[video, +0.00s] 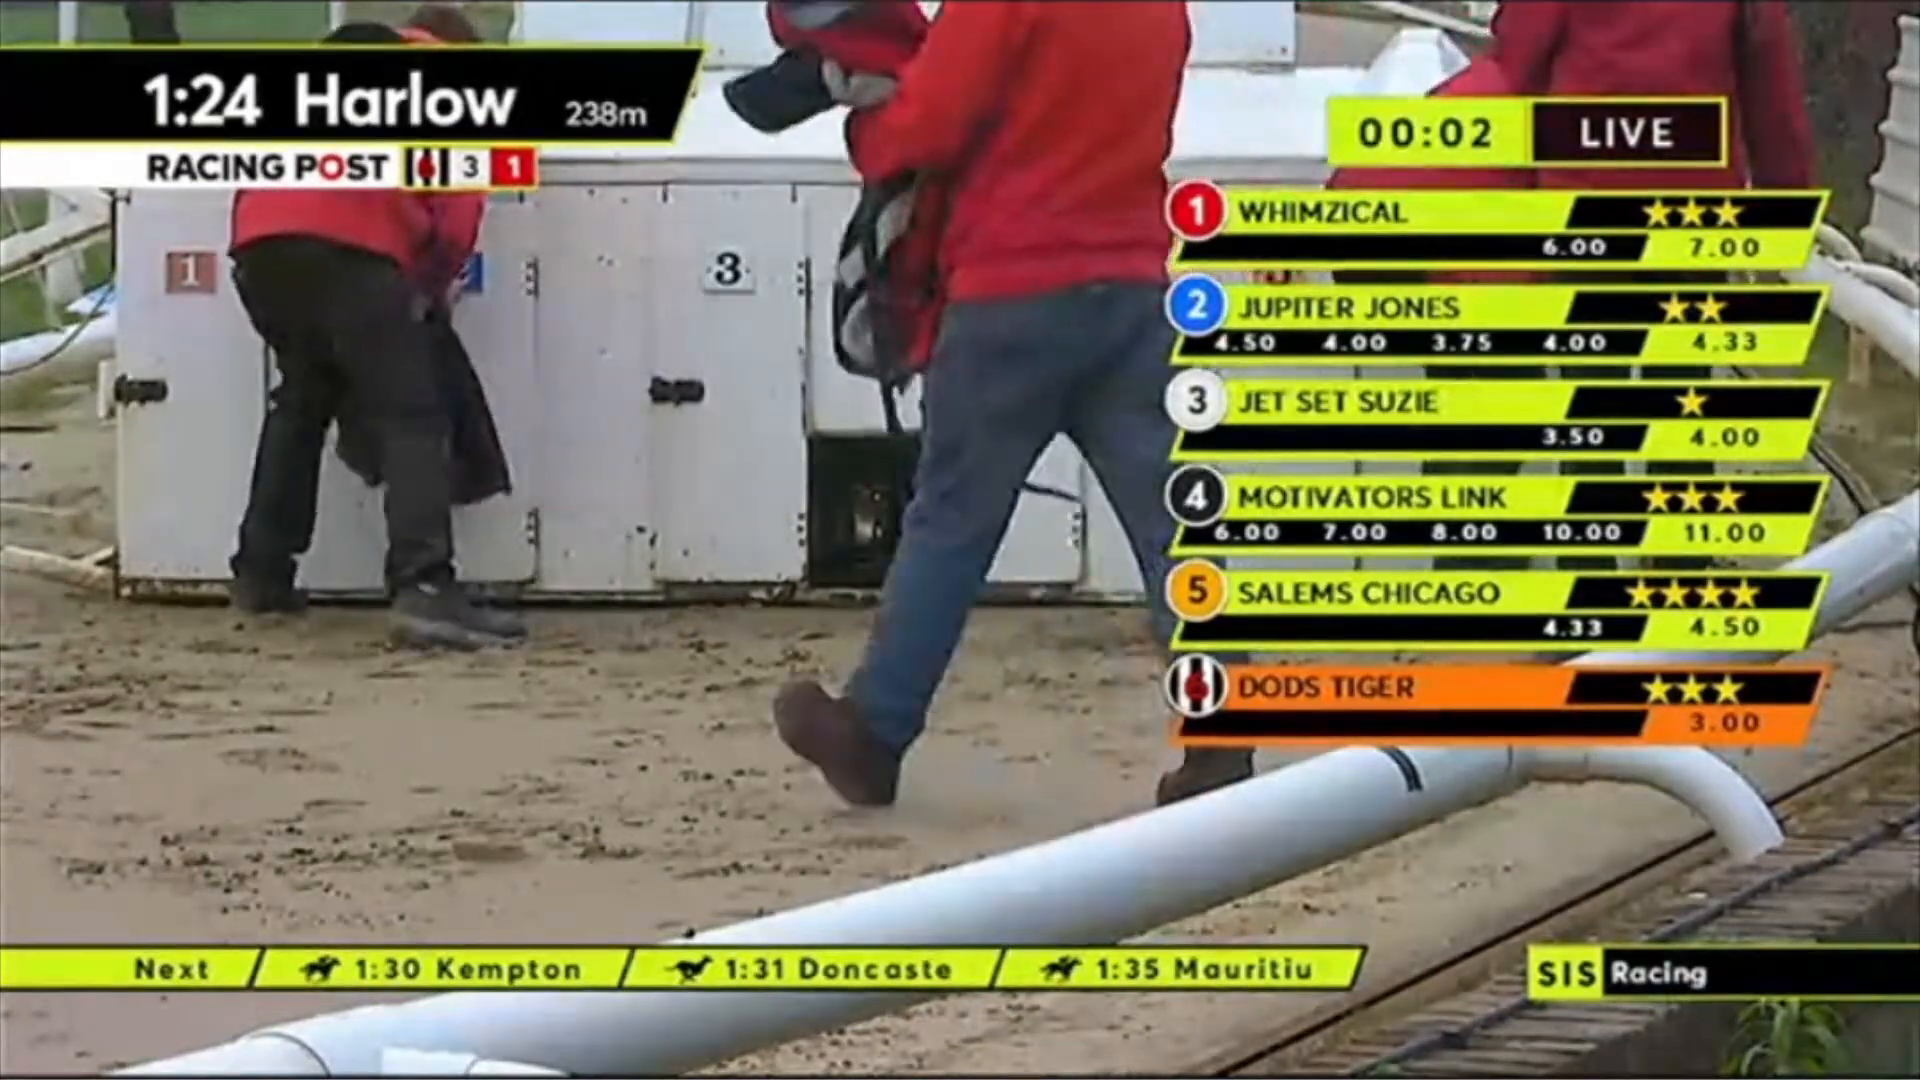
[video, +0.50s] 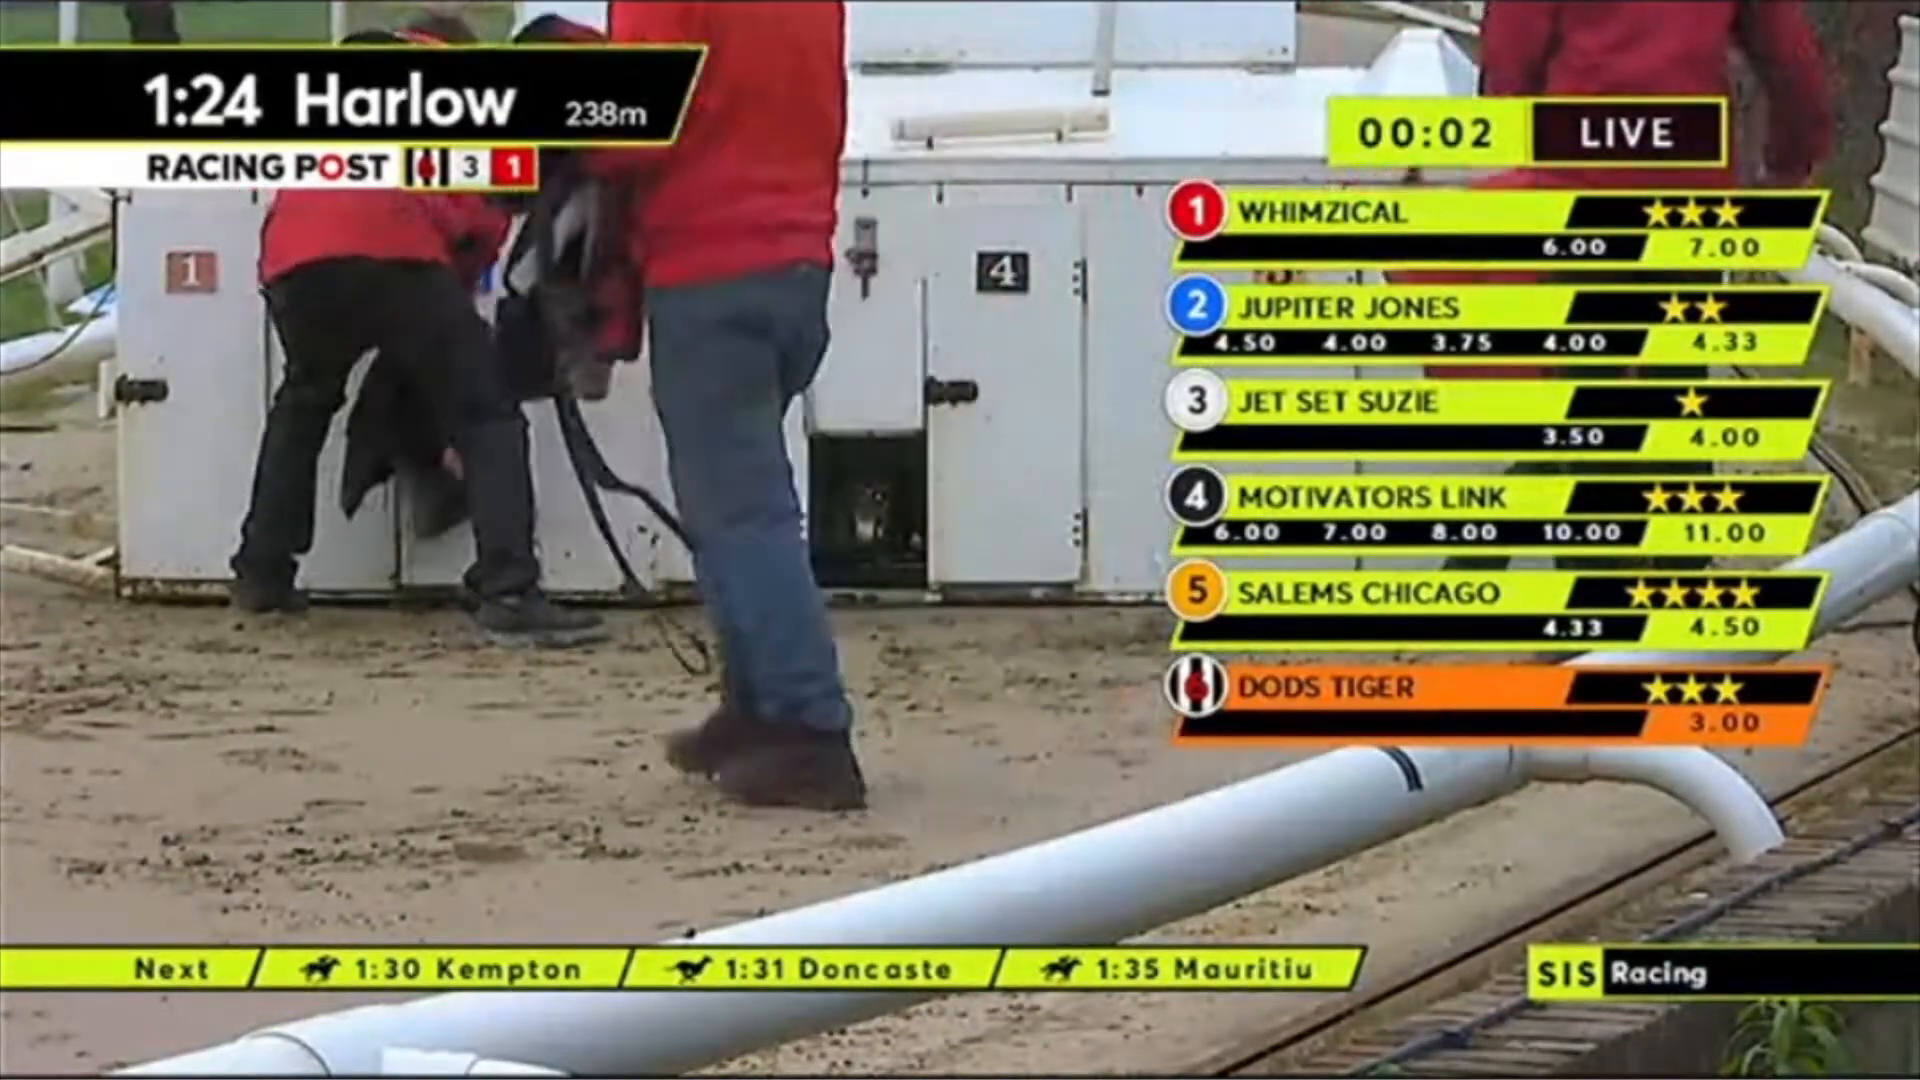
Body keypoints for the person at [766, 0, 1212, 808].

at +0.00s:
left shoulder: (1007, 4)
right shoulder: (1164, 10)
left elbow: (928, 123)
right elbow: (1135, 130)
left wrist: (868, 138)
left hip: (1015, 295)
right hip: (1134, 295)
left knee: (950, 525)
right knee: (1175, 534)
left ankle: (873, 734)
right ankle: (1221, 736)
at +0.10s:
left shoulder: (948, 8)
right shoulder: (1102, 13)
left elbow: (894, 153)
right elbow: (1069, 140)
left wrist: (836, 174)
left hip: (970, 313)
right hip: (1091, 308)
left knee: (904, 532)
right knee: (1142, 535)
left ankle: (841, 741)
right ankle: (1212, 727)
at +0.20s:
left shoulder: (840, 17)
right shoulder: (1000, 17)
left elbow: (829, 174)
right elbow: (977, 154)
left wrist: (770, 211)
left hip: (878, 315)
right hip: (997, 307)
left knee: (822, 528)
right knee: (1035, 512)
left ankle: (820, 749)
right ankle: (1166, 695)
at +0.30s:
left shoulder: (782, 14)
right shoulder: (945, 14)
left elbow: (773, 170)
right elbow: (922, 147)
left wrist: (714, 162)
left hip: (822, 309)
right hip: (939, 303)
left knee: (784, 531)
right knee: (938, 502)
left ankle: (816, 750)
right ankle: (1072, 640)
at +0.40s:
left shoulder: (712, 6)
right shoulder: (871, 11)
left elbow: (694, 141)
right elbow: (866, 131)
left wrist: (621, 143)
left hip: (752, 282)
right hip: (851, 277)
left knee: (760, 515)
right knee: (823, 484)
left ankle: (812, 743)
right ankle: (909, 675)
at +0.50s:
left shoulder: (661, 8)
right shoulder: (822, 15)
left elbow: (633, 136)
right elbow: (823, 132)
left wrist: (566, 140)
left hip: (707, 280)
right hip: (799, 275)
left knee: (743, 514)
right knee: (730, 505)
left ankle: (812, 740)